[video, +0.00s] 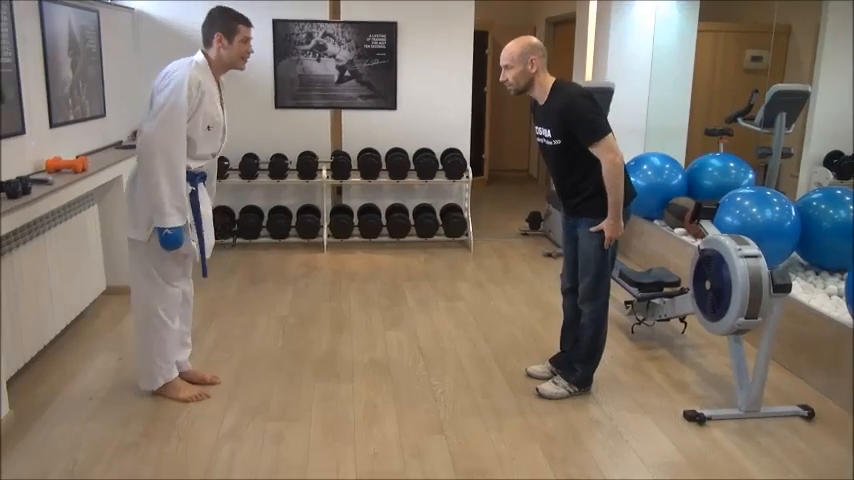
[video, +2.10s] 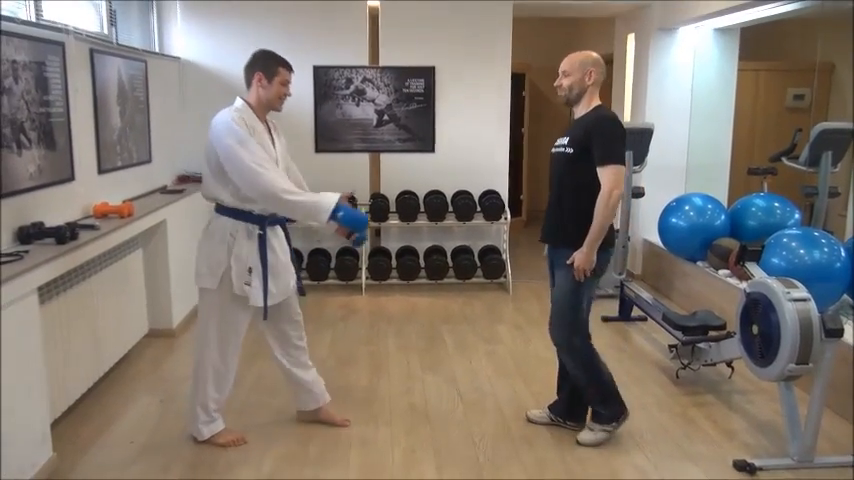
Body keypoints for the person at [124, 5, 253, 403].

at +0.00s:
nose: (250, 51)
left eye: (250, 43)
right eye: (245, 42)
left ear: (221, 43)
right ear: (219, 40)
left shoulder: (208, 80)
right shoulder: (185, 77)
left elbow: (187, 150)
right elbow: (160, 150)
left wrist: (193, 210)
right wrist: (167, 219)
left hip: (188, 195)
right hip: (165, 198)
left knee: (181, 284)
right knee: (161, 290)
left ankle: (180, 363)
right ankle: (160, 378)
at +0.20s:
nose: (281, 84)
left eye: (282, 76)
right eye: (279, 74)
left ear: (253, 71)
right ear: (253, 70)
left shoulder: (230, 102)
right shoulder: (208, 95)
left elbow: (201, 160)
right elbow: (163, 155)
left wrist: (196, 209)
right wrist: (163, 223)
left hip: (182, 195)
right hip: (155, 196)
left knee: (179, 281)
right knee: (159, 287)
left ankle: (183, 360)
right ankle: (167, 374)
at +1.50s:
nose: (271, 42)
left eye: (269, 35)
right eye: (264, 36)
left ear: (244, 42)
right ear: (240, 41)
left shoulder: (243, 87)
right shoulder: (211, 86)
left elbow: (244, 158)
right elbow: (197, 158)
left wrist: (254, 209)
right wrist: (214, 227)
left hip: (233, 202)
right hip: (207, 204)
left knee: (224, 295)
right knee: (203, 297)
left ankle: (214, 372)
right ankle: (197, 386)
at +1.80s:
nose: (265, 78)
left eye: (263, 70)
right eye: (258, 70)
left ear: (237, 75)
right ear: (233, 74)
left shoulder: (245, 120)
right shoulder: (208, 119)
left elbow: (260, 188)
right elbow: (208, 192)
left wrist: (276, 238)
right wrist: (242, 255)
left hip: (253, 234)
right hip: (218, 238)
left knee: (267, 319)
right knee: (213, 333)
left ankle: (235, 397)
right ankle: (201, 422)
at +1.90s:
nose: (268, 83)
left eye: (268, 76)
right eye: (263, 75)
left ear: (245, 77)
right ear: (237, 76)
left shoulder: (251, 123)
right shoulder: (210, 121)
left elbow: (267, 189)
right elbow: (222, 195)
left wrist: (287, 237)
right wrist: (268, 244)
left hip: (255, 235)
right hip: (220, 239)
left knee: (279, 315)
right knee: (216, 335)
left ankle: (274, 403)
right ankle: (204, 425)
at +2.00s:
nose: (277, 88)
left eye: (277, 82)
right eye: (271, 81)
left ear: (252, 82)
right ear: (246, 79)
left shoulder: (257, 126)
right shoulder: (215, 124)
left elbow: (276, 186)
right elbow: (242, 192)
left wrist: (303, 225)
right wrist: (298, 225)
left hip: (263, 236)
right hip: (225, 238)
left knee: (283, 321)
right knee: (218, 333)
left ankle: (303, 405)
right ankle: (205, 425)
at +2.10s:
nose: (288, 93)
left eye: (290, 86)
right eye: (284, 85)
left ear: (265, 84)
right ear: (259, 81)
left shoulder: (271, 129)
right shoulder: (228, 125)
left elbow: (294, 188)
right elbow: (264, 186)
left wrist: (334, 224)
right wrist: (329, 206)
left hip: (269, 238)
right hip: (232, 238)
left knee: (288, 323)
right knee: (220, 335)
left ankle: (312, 403)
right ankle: (206, 424)